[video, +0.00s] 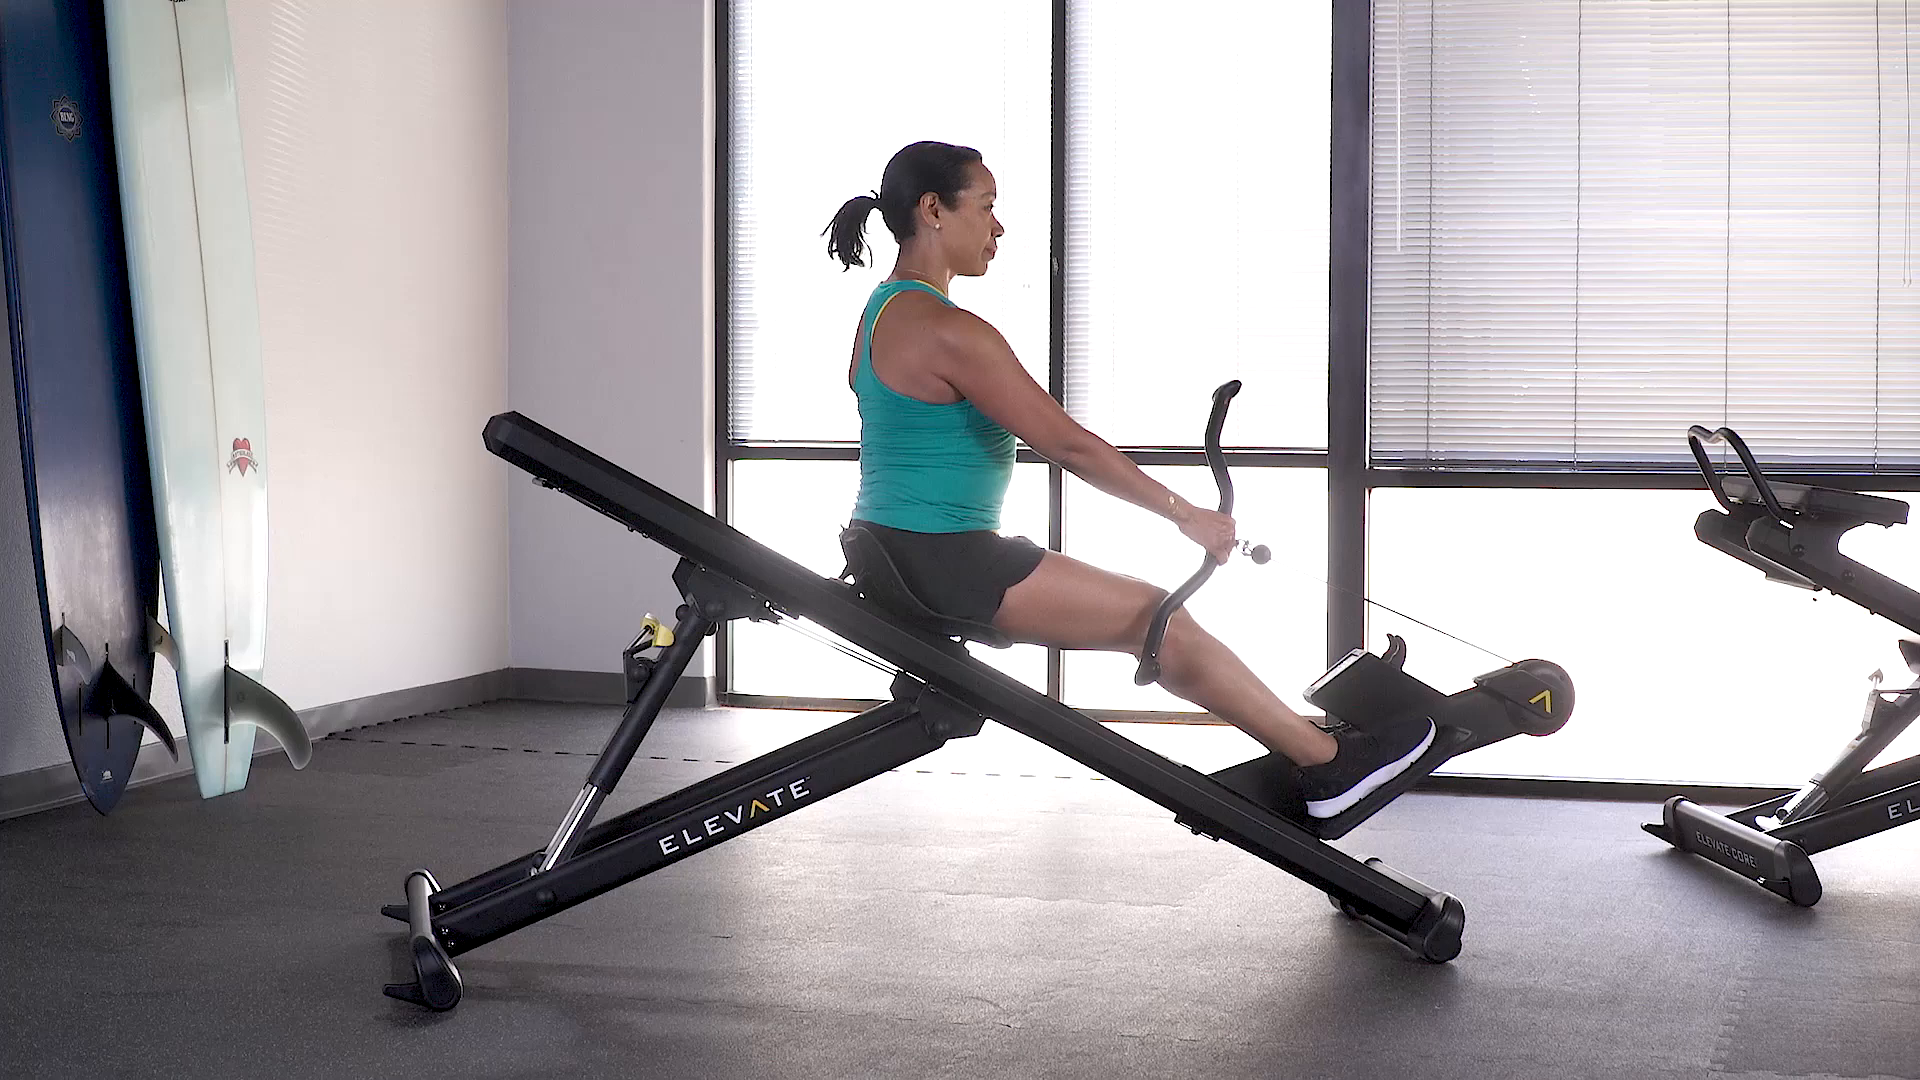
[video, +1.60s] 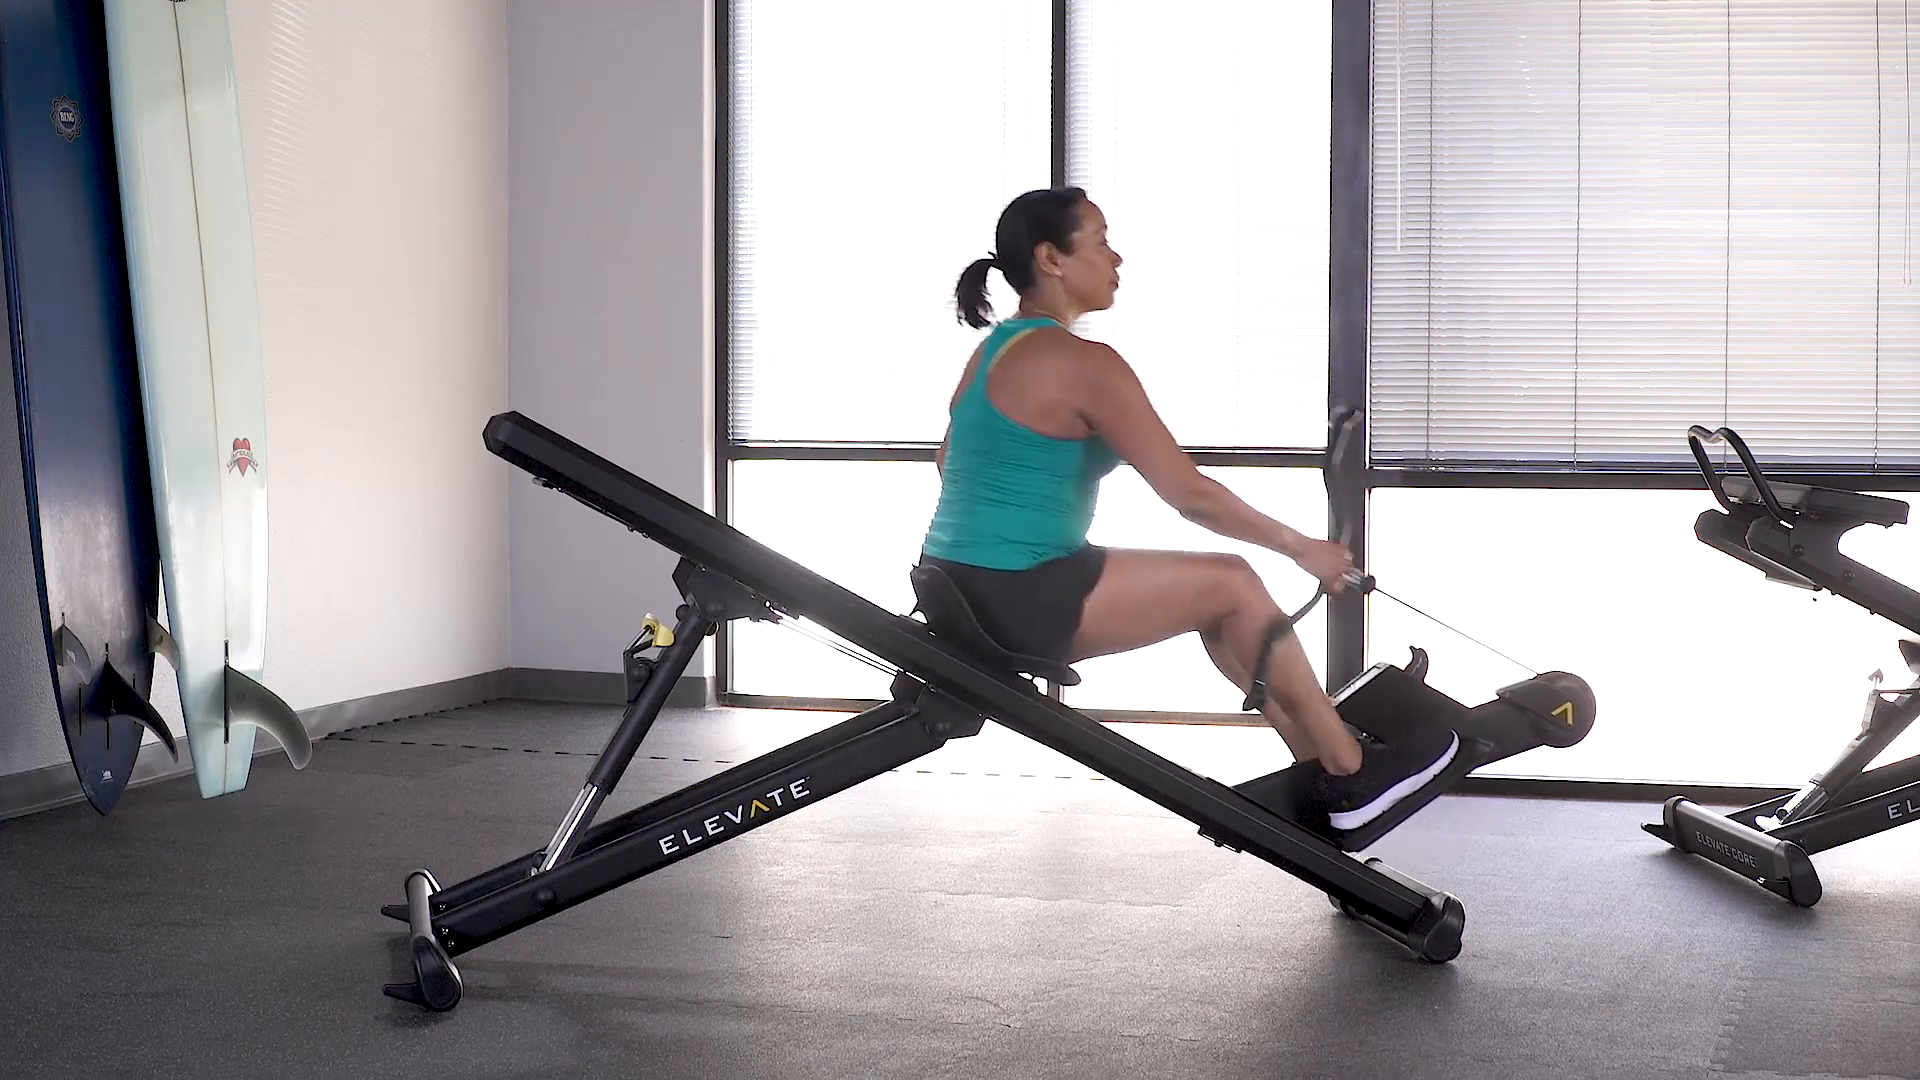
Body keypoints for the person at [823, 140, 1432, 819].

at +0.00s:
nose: (999, 227)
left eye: (995, 210)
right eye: (986, 210)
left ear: (923, 217)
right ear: (931, 214)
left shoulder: (886, 313)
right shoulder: (949, 332)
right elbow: (1069, 444)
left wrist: (1023, 435)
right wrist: (1188, 514)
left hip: (891, 549)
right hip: (939, 558)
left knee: (1145, 616)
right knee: (1156, 619)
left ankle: (1304, 737)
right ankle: (1322, 761)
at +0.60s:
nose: (1075, 255)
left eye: (1071, 236)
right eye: (1063, 237)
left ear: (1006, 247)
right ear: (1012, 244)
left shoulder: (955, 337)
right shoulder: (1038, 359)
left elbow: (915, 456)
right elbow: (1154, 470)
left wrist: (1043, 451)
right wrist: (1272, 536)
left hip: (937, 576)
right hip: (991, 586)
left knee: (1199, 590)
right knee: (1211, 589)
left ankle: (1311, 749)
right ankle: (1342, 771)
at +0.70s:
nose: (1115, 272)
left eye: (1110, 254)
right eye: (1103, 255)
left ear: (1047, 264)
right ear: (1052, 262)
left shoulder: (993, 352)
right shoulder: (1085, 381)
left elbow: (940, 463)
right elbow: (1204, 486)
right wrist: (1320, 555)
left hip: (965, 590)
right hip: (1024, 602)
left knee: (1226, 584)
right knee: (1243, 583)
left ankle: (1323, 758)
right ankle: (1357, 776)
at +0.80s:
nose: (1159, 294)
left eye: (1153, 277)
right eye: (1146, 277)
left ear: (1087, 286)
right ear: (1096, 285)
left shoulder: (1030, 374)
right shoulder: (1134, 401)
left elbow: (972, 485)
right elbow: (1253, 509)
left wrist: (1029, 553)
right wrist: (1363, 575)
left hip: (994, 608)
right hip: (1062, 622)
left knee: (1251, 578)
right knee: (1277, 581)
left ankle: (1332, 759)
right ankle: (1368, 772)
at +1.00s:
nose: (1230, 324)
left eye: (1224, 307)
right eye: (1217, 308)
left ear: (1162, 321)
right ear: (1168, 320)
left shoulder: (1088, 409)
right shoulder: (1222, 435)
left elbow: (1024, 511)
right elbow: (1345, 538)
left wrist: (1075, 586)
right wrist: (1448, 610)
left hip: (1044, 636)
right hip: (1119, 651)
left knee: (1297, 578)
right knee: (1326, 586)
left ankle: (1349, 763)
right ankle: (1391, 787)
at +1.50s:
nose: (1174, 286)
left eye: (1166, 271)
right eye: (1159, 273)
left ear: (1102, 294)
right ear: (1109, 292)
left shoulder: (1047, 379)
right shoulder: (1164, 403)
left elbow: (990, 482)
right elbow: (1274, 521)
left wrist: (1046, 556)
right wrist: (1381, 582)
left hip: (997, 610)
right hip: (1071, 624)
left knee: (1258, 584)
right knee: (1280, 582)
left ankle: (1335, 763)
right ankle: (1374, 777)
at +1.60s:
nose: (1116, 258)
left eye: (1109, 241)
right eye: (1101, 243)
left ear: (1045, 261)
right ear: (1051, 259)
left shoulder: (993, 349)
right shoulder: (1089, 366)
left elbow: (950, 460)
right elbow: (1189, 492)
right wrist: (1306, 547)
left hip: (952, 588)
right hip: (1017, 595)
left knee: (1216, 592)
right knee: (1234, 582)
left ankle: (1316, 753)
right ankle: (1350, 769)